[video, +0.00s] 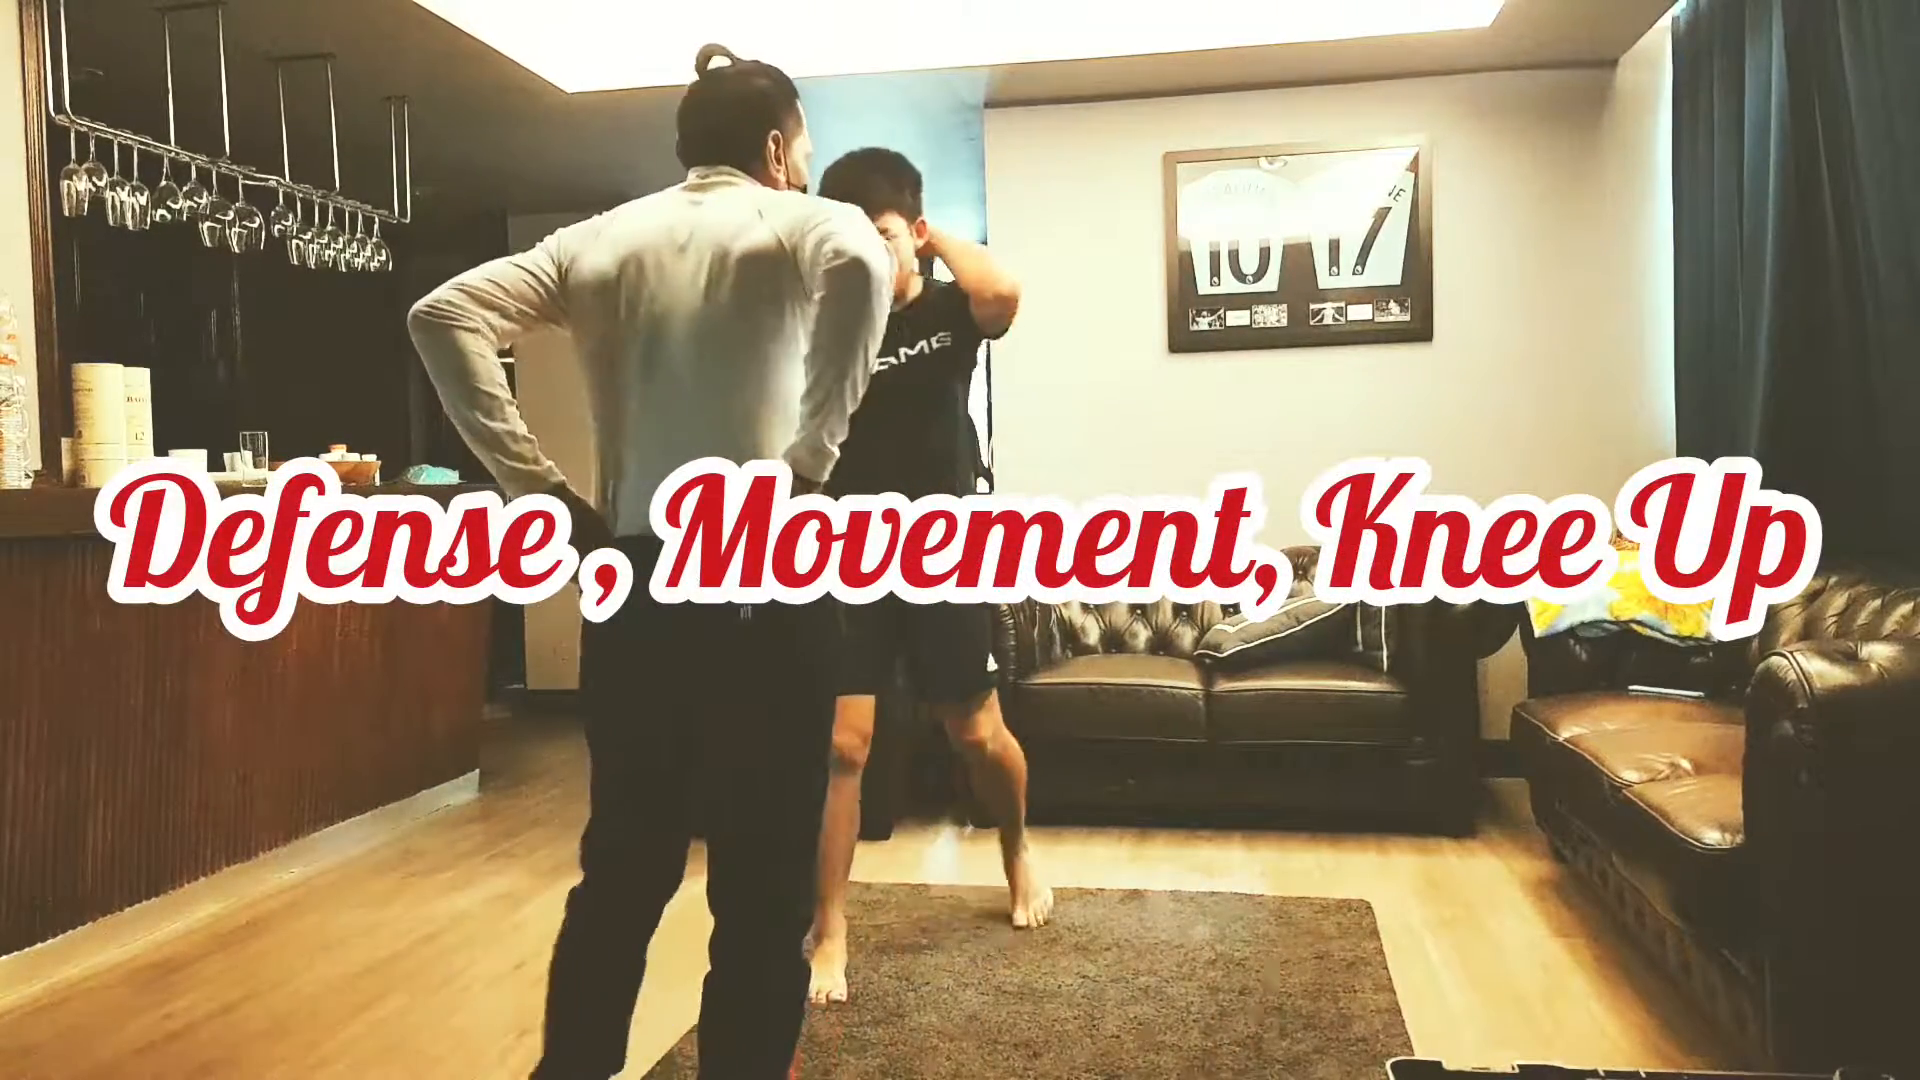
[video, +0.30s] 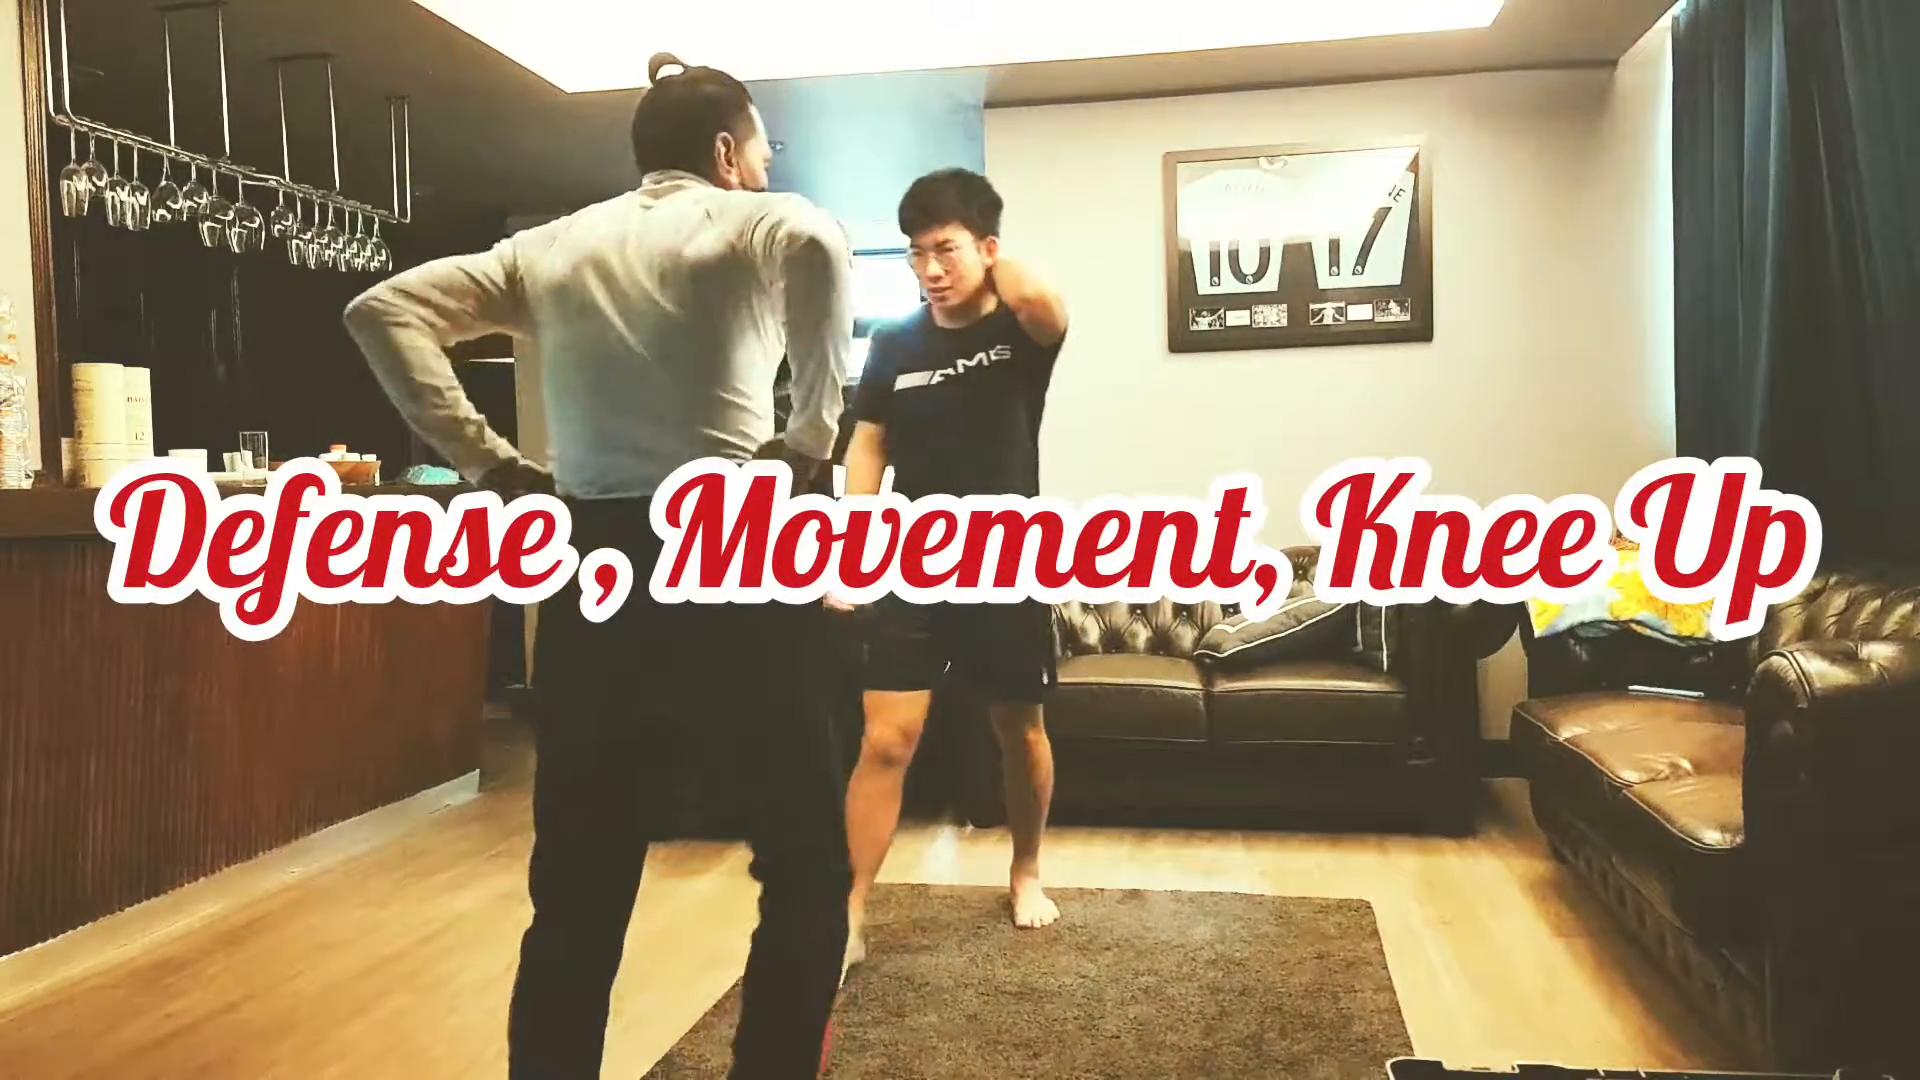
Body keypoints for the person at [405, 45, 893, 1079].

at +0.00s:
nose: (806, 161)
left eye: (803, 146)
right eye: (802, 146)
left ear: (690, 148)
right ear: (778, 149)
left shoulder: (602, 237)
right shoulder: (808, 224)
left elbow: (449, 313)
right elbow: (860, 256)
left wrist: (533, 483)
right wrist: (816, 447)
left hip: (629, 603)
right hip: (772, 605)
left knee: (619, 872)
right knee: (764, 897)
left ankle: (568, 1069)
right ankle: (745, 1070)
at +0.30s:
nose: (767, 166)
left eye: (766, 151)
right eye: (762, 150)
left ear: (647, 155)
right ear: (727, 151)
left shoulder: (548, 246)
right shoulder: (756, 219)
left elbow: (385, 307)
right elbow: (814, 237)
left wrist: (492, 463)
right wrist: (811, 427)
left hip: (590, 583)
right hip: (748, 576)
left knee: (575, 899)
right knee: (807, 873)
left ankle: (544, 1069)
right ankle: (771, 1068)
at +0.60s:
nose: (762, 169)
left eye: (758, 151)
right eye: (755, 151)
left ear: (644, 170)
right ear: (727, 158)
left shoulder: (559, 275)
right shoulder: (782, 250)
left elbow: (459, 424)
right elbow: (838, 395)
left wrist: (562, 510)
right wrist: (875, 519)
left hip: (615, 614)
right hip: (761, 609)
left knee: (604, 888)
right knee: (803, 865)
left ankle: (564, 1072)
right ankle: (828, 1062)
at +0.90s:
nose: (833, 192)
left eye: (829, 175)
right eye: (831, 175)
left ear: (725, 179)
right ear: (811, 181)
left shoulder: (641, 287)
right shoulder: (852, 292)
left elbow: (610, 472)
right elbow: (929, 469)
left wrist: (675, 568)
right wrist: (939, 616)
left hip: (684, 626)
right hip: (827, 625)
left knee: (677, 847)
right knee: (836, 858)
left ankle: (657, 1053)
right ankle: (831, 1060)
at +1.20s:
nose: (840, 195)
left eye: (836, 177)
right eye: (835, 178)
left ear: (739, 186)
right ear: (810, 185)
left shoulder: (644, 289)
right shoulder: (845, 289)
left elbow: (552, 419)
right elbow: (895, 478)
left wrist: (621, 540)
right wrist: (879, 598)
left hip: (677, 621)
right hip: (808, 624)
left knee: (658, 843)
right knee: (830, 868)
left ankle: (605, 1060)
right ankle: (825, 1064)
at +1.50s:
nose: (773, 217)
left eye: (767, 199)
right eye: (767, 200)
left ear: (673, 213)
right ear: (742, 208)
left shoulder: (601, 318)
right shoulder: (784, 307)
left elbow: (565, 476)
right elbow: (823, 478)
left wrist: (618, 557)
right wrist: (850, 587)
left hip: (640, 613)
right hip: (770, 612)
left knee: (638, 839)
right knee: (870, 790)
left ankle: (602, 1061)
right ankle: (847, 1031)